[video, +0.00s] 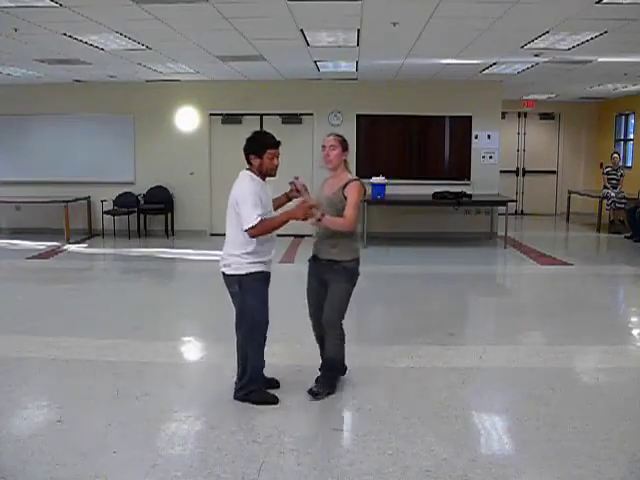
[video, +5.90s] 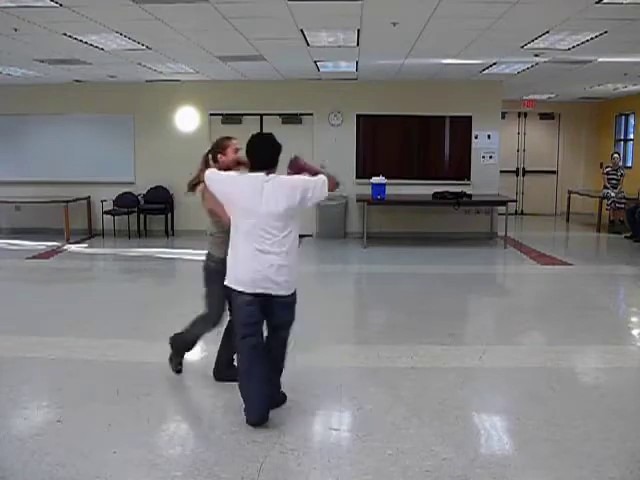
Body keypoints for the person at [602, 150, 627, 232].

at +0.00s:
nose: (615, 160)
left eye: (616, 158)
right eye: (613, 158)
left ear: (619, 160)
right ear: (611, 160)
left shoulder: (621, 171)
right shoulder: (607, 169)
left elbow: (621, 183)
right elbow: (605, 182)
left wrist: (617, 190)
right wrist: (611, 189)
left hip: (617, 188)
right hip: (608, 188)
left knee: (622, 196)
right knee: (612, 196)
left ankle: (621, 217)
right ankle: (611, 217)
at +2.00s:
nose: (615, 160)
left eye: (616, 158)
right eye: (613, 158)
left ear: (619, 160)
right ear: (611, 160)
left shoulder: (621, 170)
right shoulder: (606, 169)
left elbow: (621, 184)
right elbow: (605, 182)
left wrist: (617, 190)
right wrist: (611, 190)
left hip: (617, 188)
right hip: (608, 188)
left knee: (622, 196)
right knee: (611, 196)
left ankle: (621, 216)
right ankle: (611, 215)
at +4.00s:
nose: (615, 160)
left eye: (617, 158)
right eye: (613, 158)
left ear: (619, 160)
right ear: (611, 160)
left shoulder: (621, 170)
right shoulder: (606, 169)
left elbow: (621, 183)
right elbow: (605, 182)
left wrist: (617, 190)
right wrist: (611, 189)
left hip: (617, 188)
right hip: (608, 187)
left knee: (622, 196)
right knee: (611, 196)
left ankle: (621, 216)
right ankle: (611, 216)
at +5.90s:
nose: (615, 160)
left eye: (617, 158)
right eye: (614, 158)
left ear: (619, 160)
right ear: (611, 160)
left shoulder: (621, 170)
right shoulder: (606, 169)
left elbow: (621, 183)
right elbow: (605, 182)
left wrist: (617, 191)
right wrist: (611, 190)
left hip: (617, 188)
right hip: (608, 188)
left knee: (621, 196)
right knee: (611, 196)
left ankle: (621, 218)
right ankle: (612, 218)